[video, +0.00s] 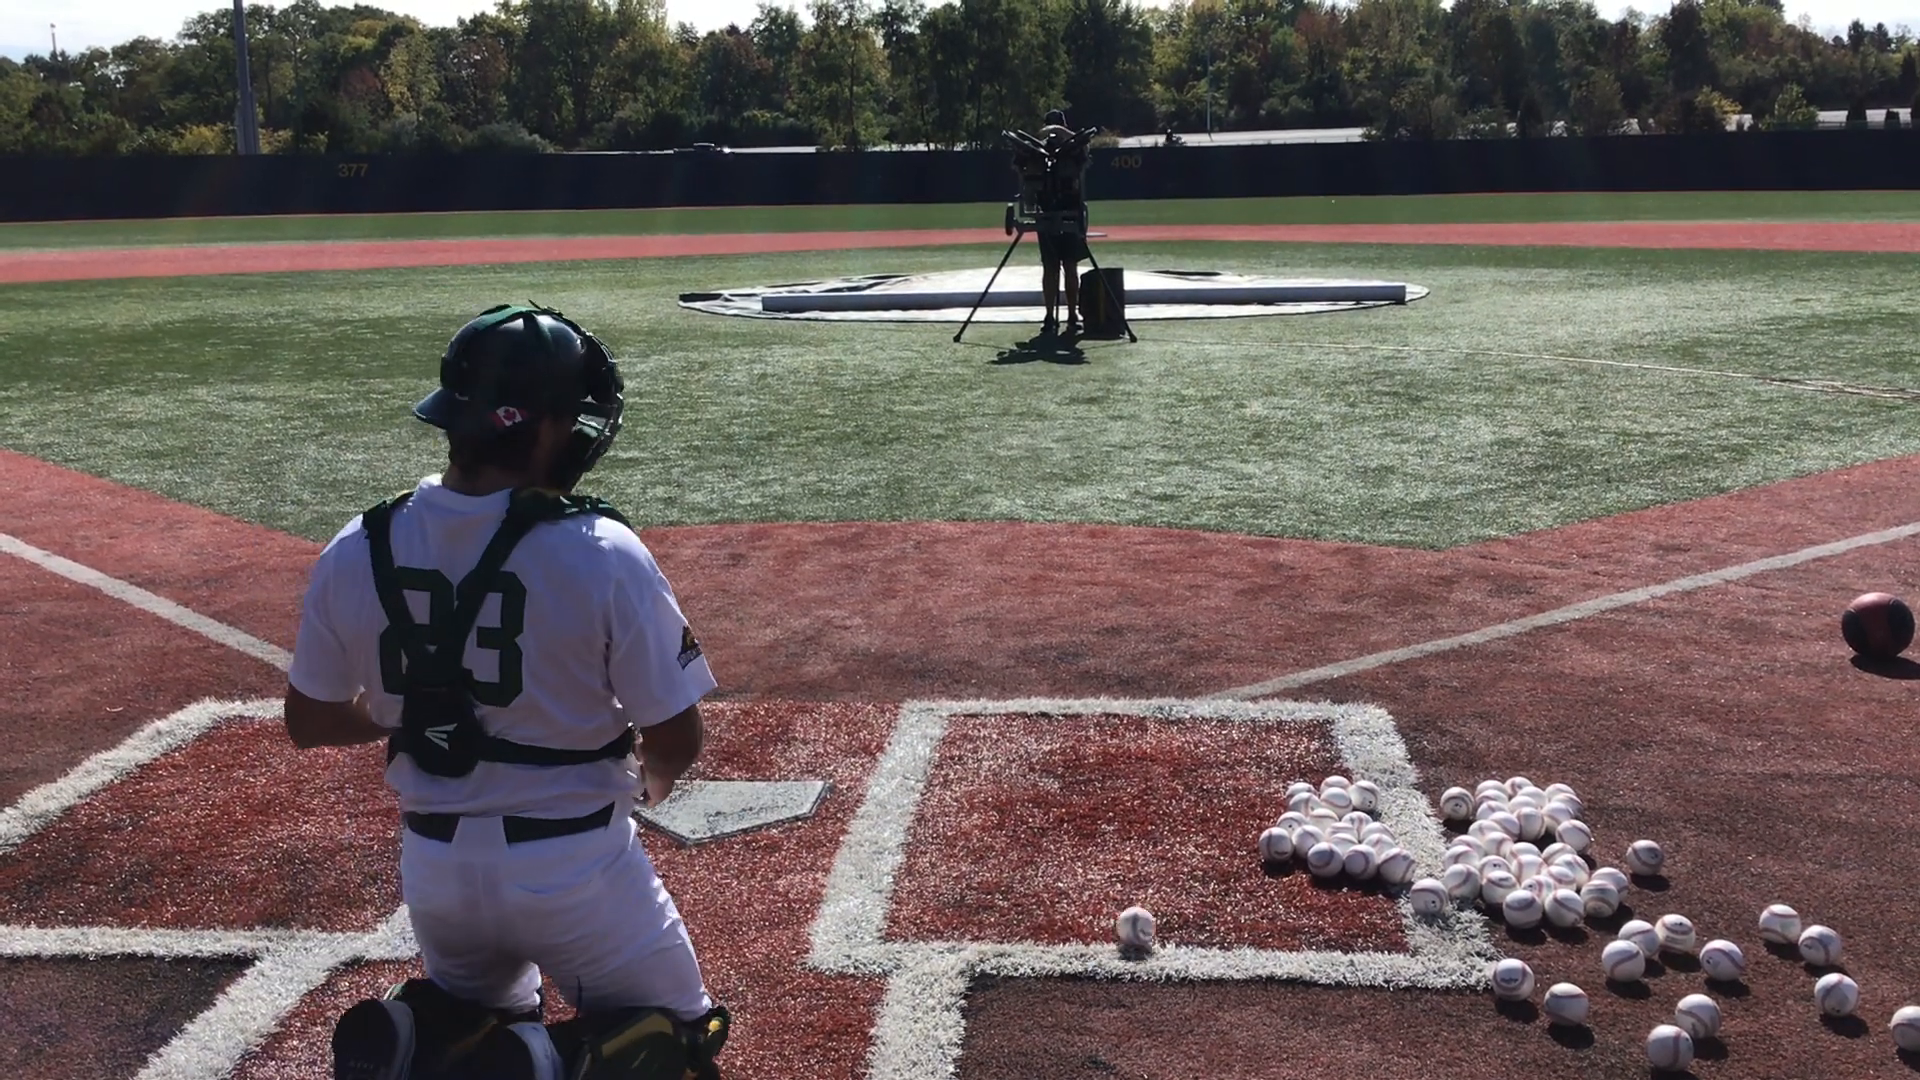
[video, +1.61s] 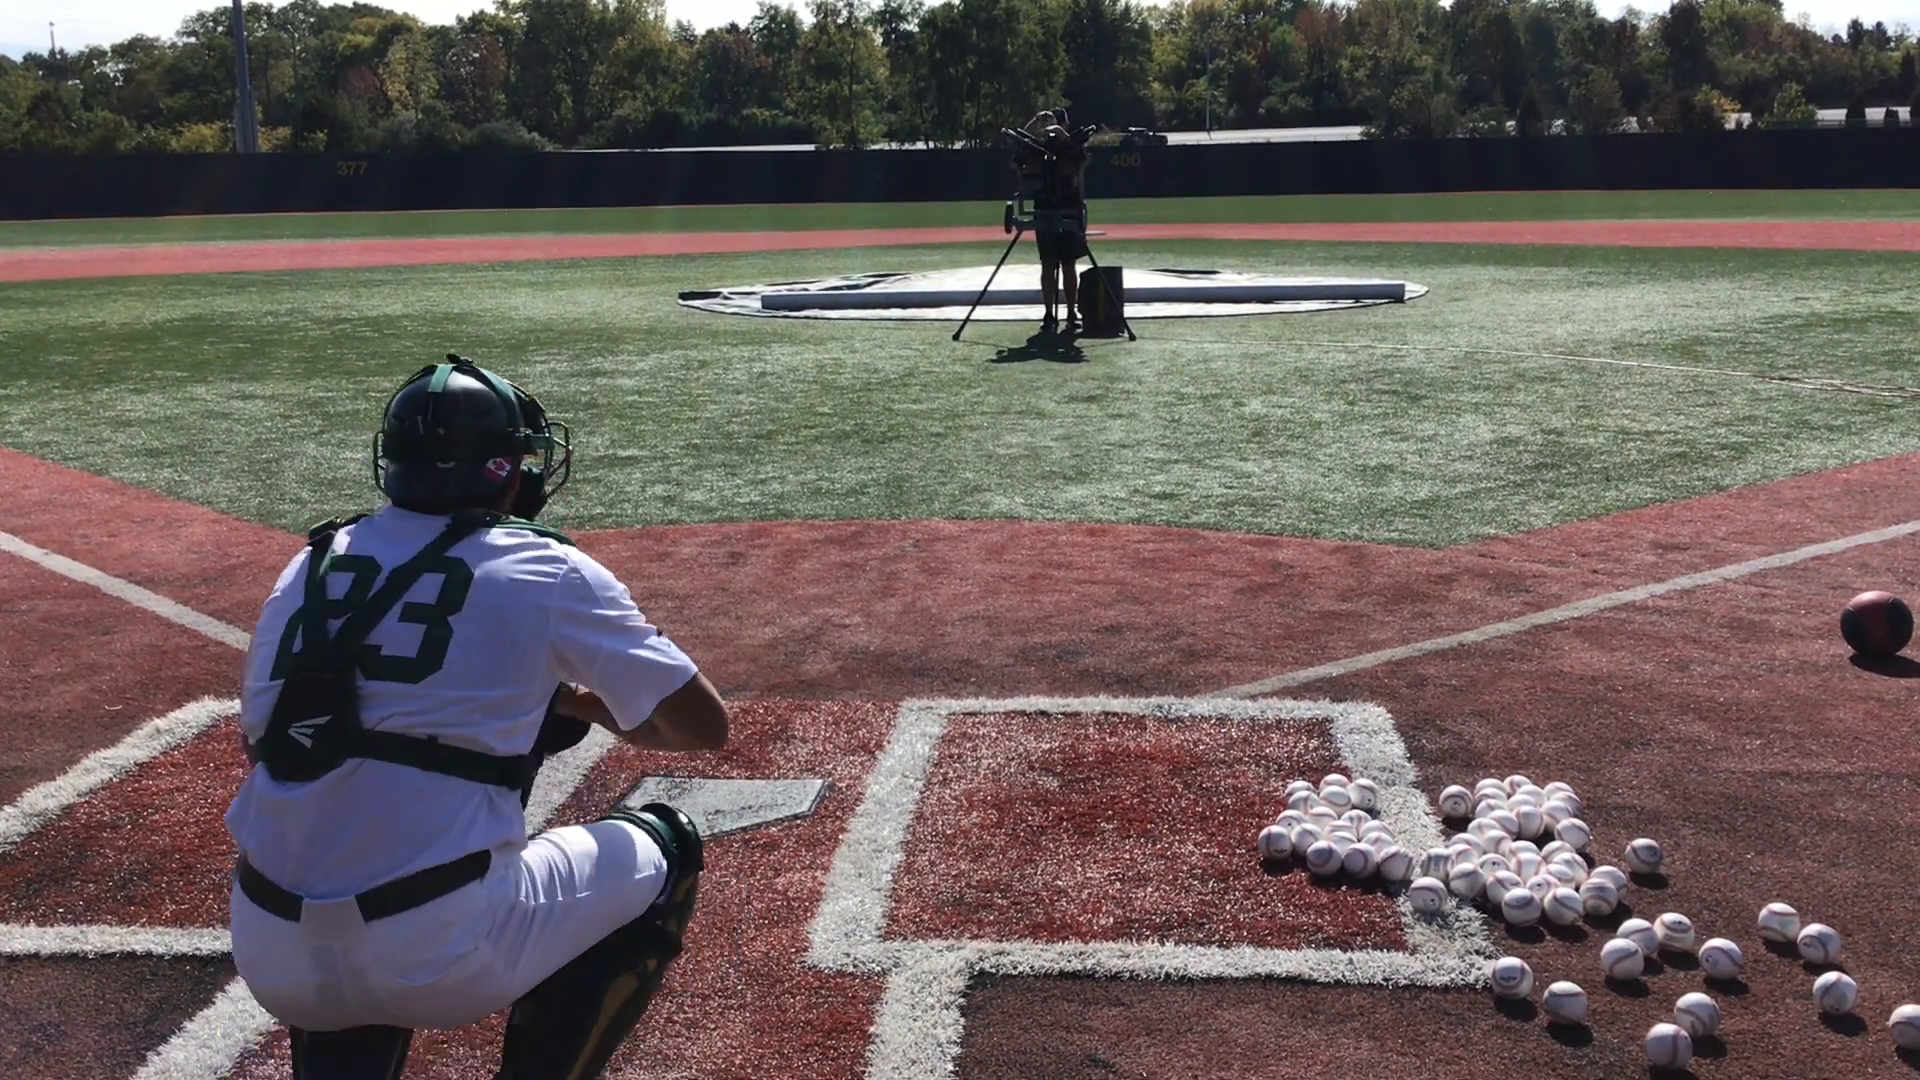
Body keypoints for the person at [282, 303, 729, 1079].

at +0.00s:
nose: (587, 447)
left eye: (588, 429)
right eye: (582, 428)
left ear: (455, 421)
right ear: (546, 432)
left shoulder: (358, 549)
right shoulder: (601, 555)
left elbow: (310, 717)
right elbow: (678, 736)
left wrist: (414, 711)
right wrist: (653, 774)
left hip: (435, 863)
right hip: (576, 868)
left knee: (481, 1014)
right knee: (678, 1039)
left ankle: (398, 1037)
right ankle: (531, 1059)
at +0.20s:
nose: (589, 485)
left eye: (589, 468)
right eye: (584, 469)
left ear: (448, 473)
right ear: (562, 483)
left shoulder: (355, 605)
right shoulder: (617, 610)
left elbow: (312, 787)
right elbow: (691, 794)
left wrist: (427, 766)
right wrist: (597, 748)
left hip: (418, 952)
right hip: (578, 961)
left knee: (403, 1015)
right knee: (694, 1033)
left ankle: (365, 1057)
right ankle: (585, 1063)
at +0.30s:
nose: (570, 512)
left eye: (568, 496)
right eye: (563, 497)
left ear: (426, 505)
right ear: (540, 517)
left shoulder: (337, 641)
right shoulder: (603, 645)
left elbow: (296, 823)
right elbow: (680, 828)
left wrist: (411, 793)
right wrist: (574, 788)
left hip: (393, 996)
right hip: (561, 1000)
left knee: (347, 979)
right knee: (689, 1023)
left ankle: (348, 1064)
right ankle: (568, 1071)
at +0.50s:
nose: (529, 532)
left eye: (526, 516)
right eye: (522, 517)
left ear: (386, 526)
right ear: (503, 537)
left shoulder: (298, 659)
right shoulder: (565, 669)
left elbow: (267, 851)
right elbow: (642, 865)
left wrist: (382, 818)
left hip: (345, 1042)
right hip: (508, 1044)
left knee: (311, 892)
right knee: (678, 961)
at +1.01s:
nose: (514, 548)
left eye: (510, 530)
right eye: (506, 531)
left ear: (364, 544)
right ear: (477, 556)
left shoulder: (282, 668)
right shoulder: (532, 683)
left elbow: (253, 844)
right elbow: (643, 843)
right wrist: (586, 713)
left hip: (252, 1047)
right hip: (426, 1057)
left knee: (251, 877)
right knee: (706, 891)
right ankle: (584, 1063)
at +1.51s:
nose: (529, 529)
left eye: (526, 512)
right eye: (521, 516)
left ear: (385, 527)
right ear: (499, 534)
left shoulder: (307, 627)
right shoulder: (547, 639)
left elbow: (262, 801)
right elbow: (694, 786)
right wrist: (592, 746)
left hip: (259, 1024)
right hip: (420, 1039)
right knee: (665, 884)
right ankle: (544, 1067)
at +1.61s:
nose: (533, 471)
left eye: (528, 455)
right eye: (525, 459)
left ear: (395, 465)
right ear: (504, 476)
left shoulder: (315, 557)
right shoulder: (546, 571)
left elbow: (260, 731)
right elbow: (703, 724)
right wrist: (581, 698)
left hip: (273, 956)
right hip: (435, 955)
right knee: (663, 850)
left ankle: (340, 1065)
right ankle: (543, 1066)